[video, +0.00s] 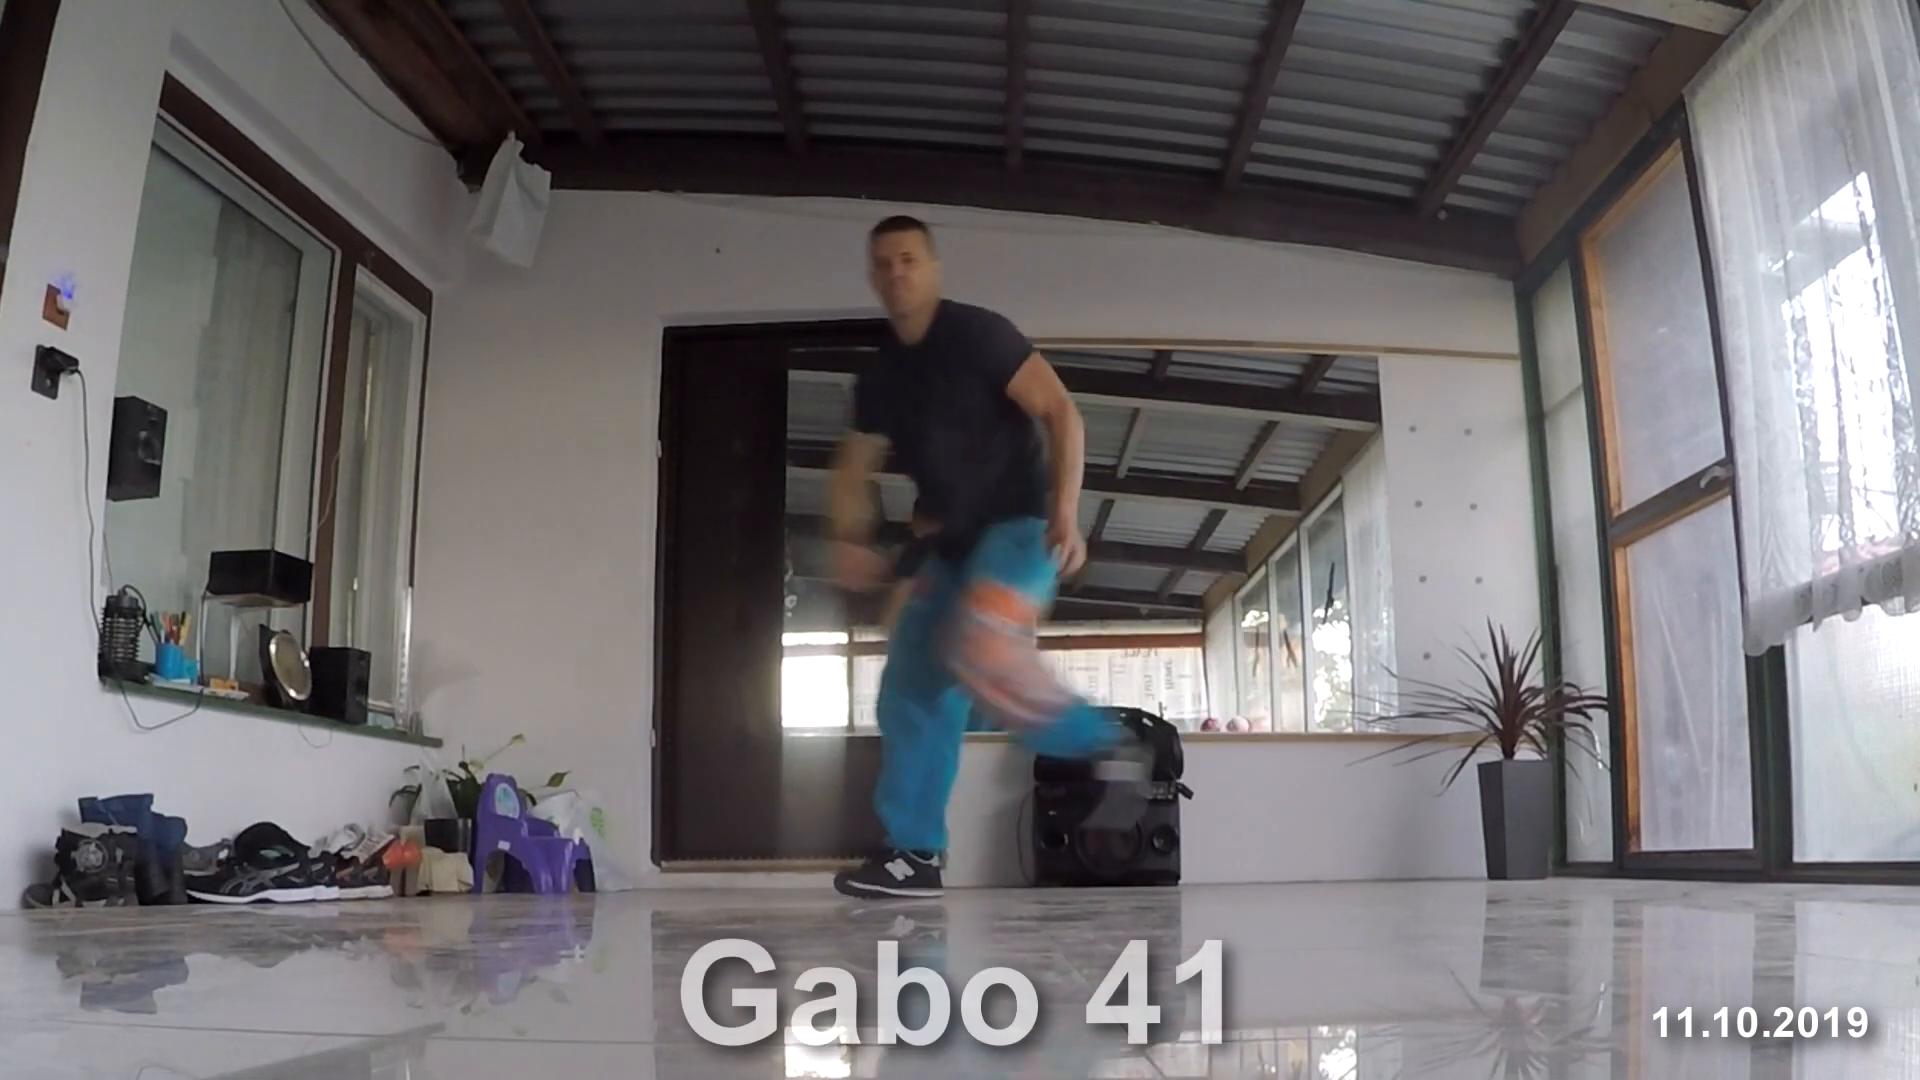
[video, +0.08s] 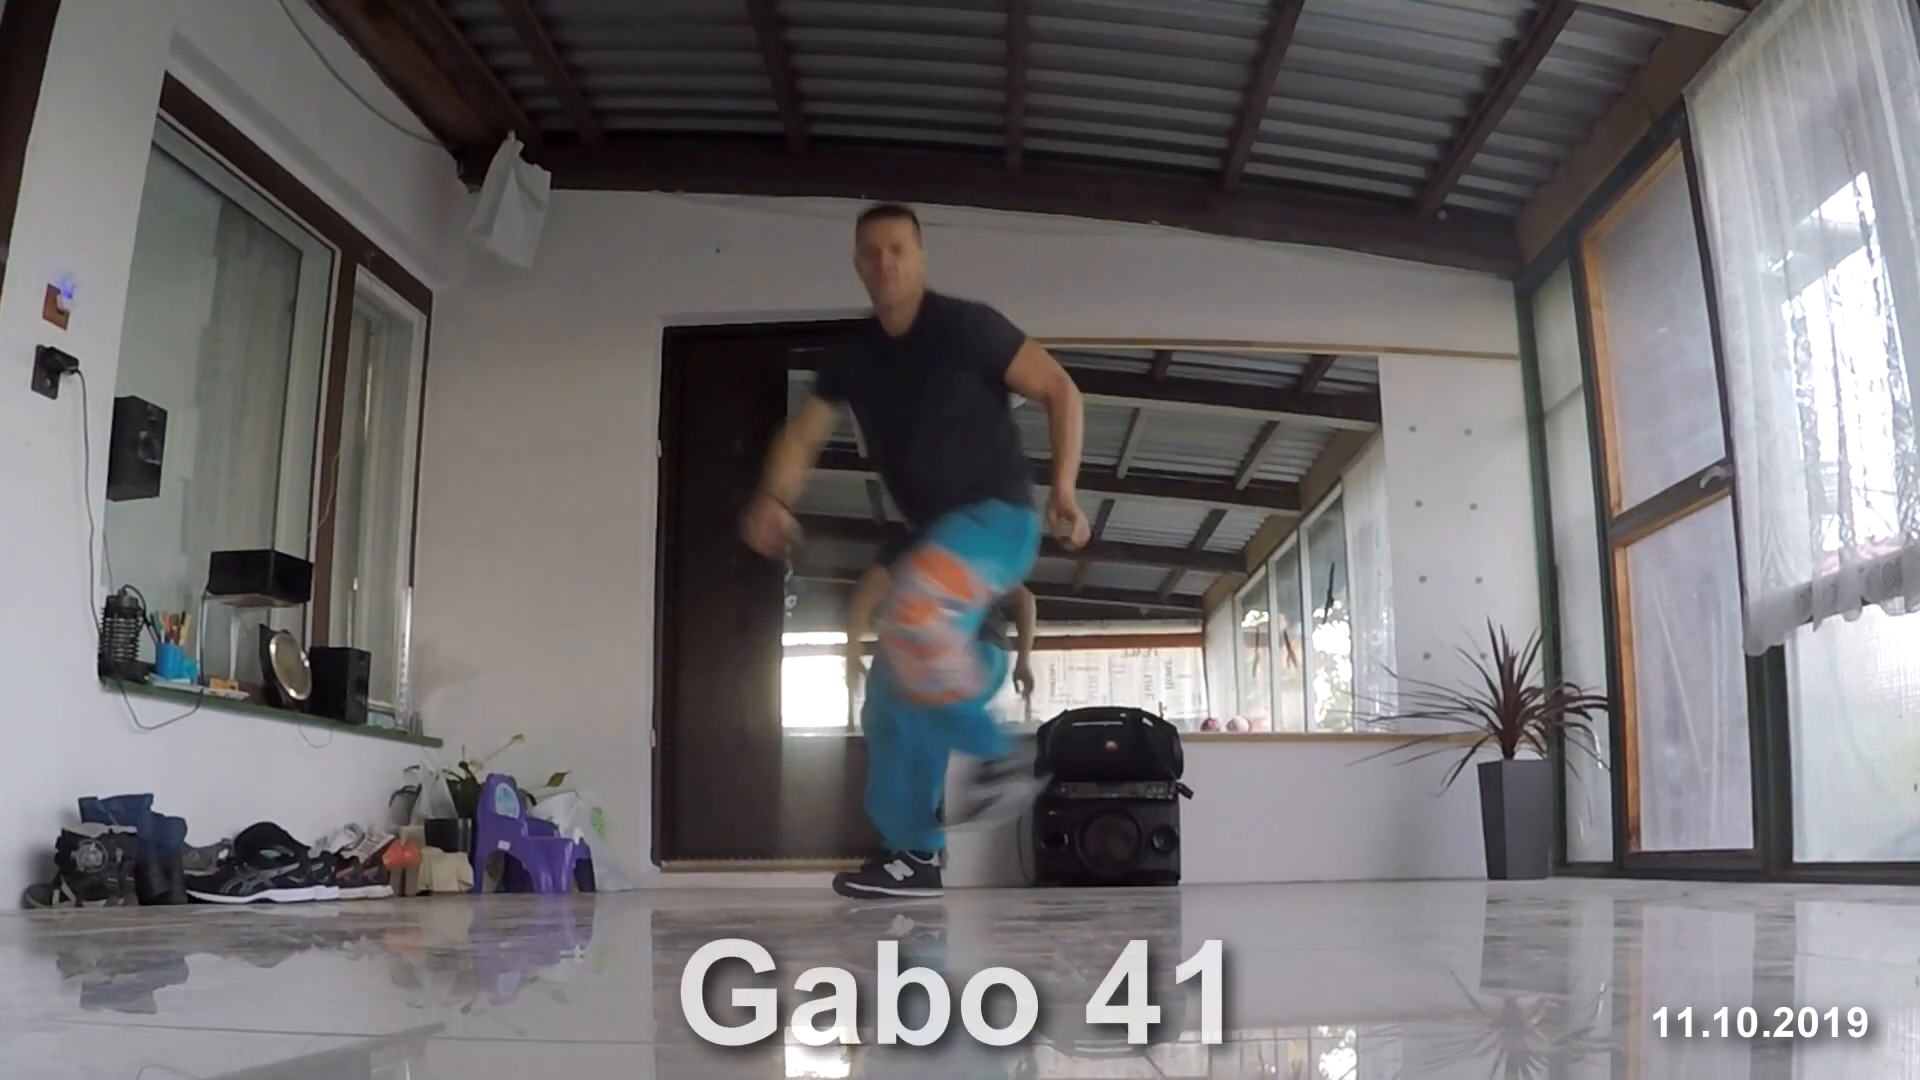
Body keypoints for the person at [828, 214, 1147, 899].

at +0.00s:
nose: (896, 274)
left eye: (908, 261)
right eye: (884, 264)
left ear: (934, 269)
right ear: (872, 279)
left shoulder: (979, 333)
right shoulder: (883, 374)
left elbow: (1063, 413)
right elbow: (852, 470)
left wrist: (1066, 512)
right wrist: (851, 543)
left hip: (1017, 530)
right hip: (949, 543)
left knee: (979, 652)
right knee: (913, 688)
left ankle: (1111, 743)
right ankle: (917, 854)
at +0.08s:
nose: (885, 263)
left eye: (898, 250)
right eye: (872, 253)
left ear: (922, 258)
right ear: (857, 266)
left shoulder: (966, 325)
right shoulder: (852, 355)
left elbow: (1063, 391)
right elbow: (803, 434)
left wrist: (1064, 489)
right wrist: (775, 497)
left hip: (996, 513)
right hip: (931, 529)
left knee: (913, 617)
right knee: (895, 680)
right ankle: (913, 853)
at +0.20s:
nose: (890, 224)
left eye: (904, 212)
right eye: (879, 211)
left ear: (926, 222)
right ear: (859, 217)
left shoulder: (955, 301)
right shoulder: (832, 299)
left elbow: (1030, 393)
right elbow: (772, 375)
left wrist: (1023, 501)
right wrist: (723, 450)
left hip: (943, 496)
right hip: (883, 504)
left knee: (858, 612)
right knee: (901, 666)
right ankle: (923, 848)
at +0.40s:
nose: (903, 221)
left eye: (921, 214)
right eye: (895, 204)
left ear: (935, 232)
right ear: (871, 206)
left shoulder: (919, 324)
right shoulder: (812, 278)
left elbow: (927, 457)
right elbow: (743, 348)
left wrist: (921, 569)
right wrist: (669, 418)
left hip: (855, 517)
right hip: (789, 510)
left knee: (807, 670)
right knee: (794, 673)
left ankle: (746, 851)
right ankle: (903, 827)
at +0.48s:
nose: (892, 221)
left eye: (910, 215)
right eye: (885, 202)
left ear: (924, 232)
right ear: (860, 199)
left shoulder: (906, 319)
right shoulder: (797, 266)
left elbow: (894, 452)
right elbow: (727, 339)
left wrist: (866, 564)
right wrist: (663, 414)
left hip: (838, 517)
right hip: (764, 508)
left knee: (787, 677)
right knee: (705, 662)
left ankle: (738, 852)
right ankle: (845, 791)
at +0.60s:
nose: (869, 215)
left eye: (886, 205)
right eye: (859, 195)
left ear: (899, 217)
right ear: (829, 191)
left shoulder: (895, 305)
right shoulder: (764, 263)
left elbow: (905, 434)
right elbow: (701, 319)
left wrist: (815, 478)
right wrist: (646, 385)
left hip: (827, 519)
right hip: (736, 507)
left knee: (780, 672)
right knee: (644, 607)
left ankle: (738, 852)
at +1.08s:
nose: (950, 285)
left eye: (968, 275)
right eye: (946, 260)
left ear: (984, 269)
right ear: (914, 222)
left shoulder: (945, 315)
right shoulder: (820, 266)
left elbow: (898, 387)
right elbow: (703, 376)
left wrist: (876, 465)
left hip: (794, 479)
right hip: (715, 458)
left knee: (754, 640)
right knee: (694, 624)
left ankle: (700, 797)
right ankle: (654, 814)